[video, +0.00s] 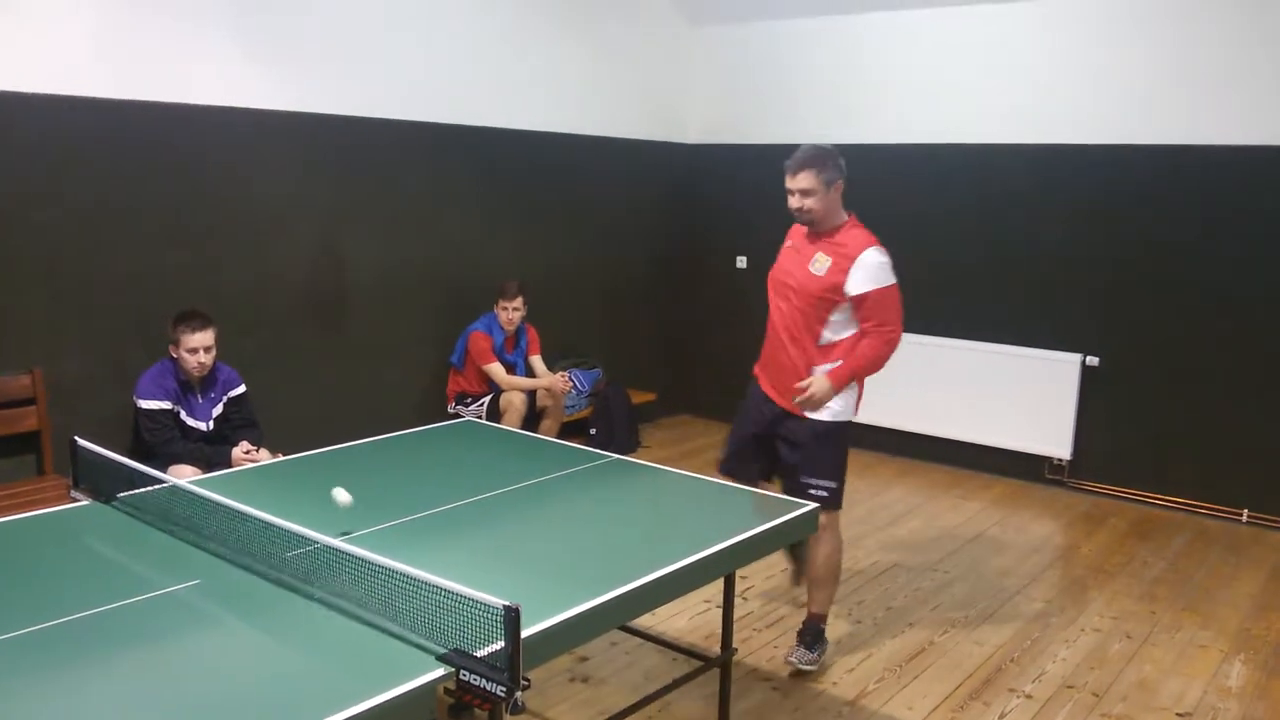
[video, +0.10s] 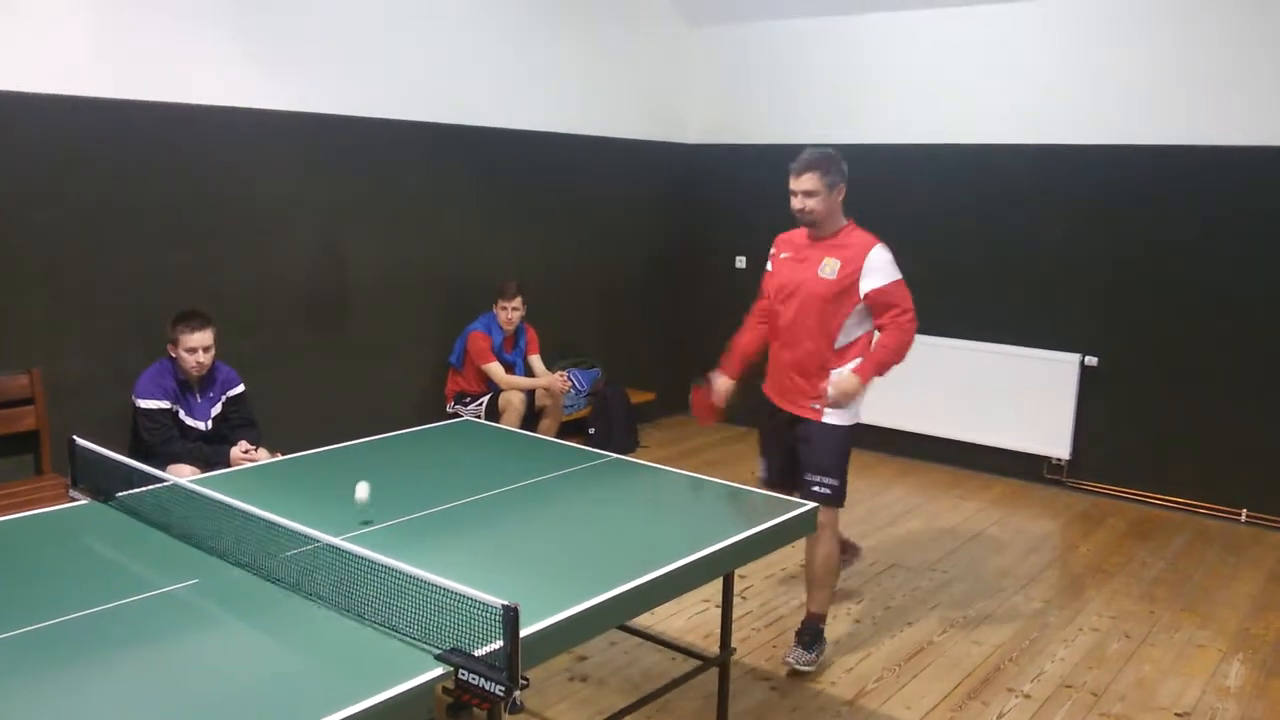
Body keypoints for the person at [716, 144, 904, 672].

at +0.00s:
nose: (796, 203)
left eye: (806, 194)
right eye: (791, 193)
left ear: (838, 190)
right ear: (789, 191)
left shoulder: (866, 255)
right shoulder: (798, 234)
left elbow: (885, 333)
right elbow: (797, 307)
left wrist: (834, 379)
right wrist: (775, 363)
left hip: (820, 412)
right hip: (766, 392)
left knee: (818, 518)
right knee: (734, 477)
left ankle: (813, 629)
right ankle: (790, 534)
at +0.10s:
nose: (799, 204)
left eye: (810, 195)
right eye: (794, 194)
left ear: (839, 193)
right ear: (791, 193)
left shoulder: (868, 253)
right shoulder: (783, 245)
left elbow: (901, 321)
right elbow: (763, 313)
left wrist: (862, 374)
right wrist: (729, 370)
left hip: (828, 409)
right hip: (779, 399)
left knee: (820, 515)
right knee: (777, 494)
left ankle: (811, 628)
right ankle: (838, 547)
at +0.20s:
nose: (791, 213)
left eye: (801, 205)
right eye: (787, 205)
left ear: (832, 205)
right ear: (785, 205)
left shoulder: (860, 264)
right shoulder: (776, 256)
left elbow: (903, 329)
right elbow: (740, 295)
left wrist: (889, 386)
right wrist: (697, 313)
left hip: (835, 408)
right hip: (787, 403)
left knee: (806, 506)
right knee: (810, 493)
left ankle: (805, 626)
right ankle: (848, 557)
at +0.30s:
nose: (784, 214)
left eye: (795, 207)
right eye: (780, 206)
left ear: (823, 208)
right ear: (779, 206)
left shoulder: (854, 267)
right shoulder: (773, 256)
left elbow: (897, 338)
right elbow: (736, 283)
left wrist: (907, 407)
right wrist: (704, 266)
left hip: (832, 406)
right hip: (787, 402)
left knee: (797, 499)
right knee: (805, 492)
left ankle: (797, 621)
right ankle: (848, 560)